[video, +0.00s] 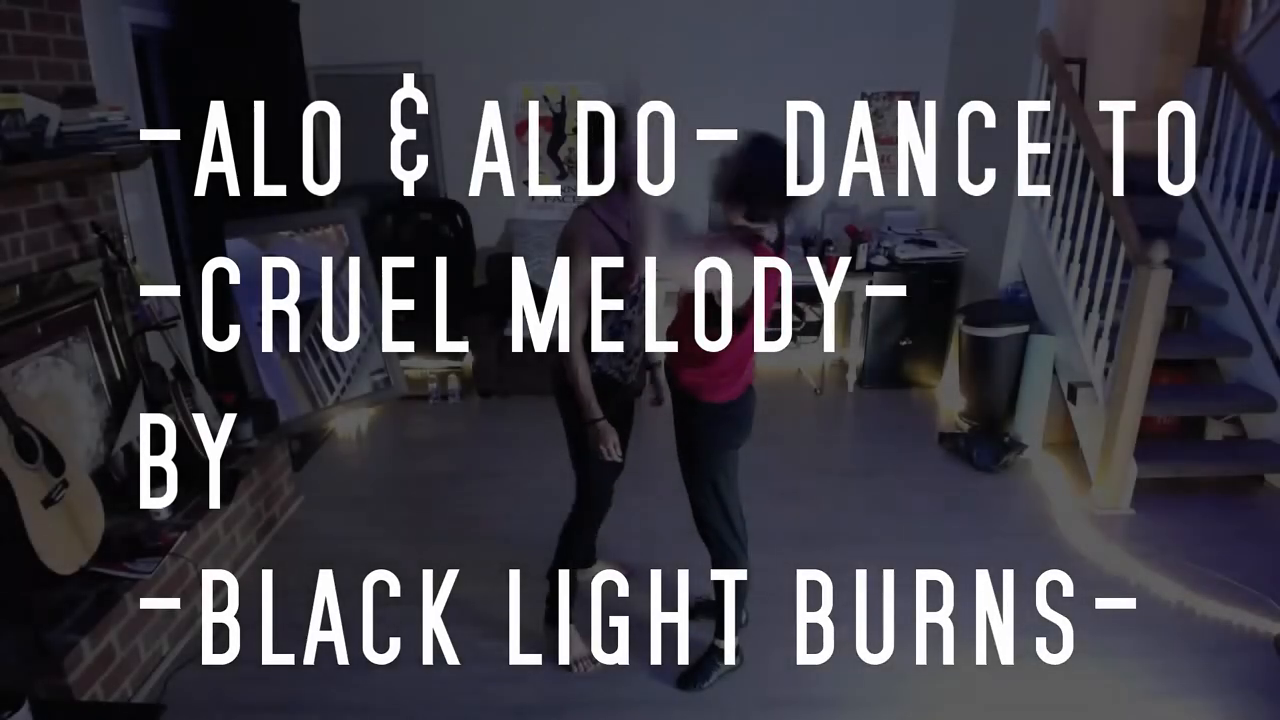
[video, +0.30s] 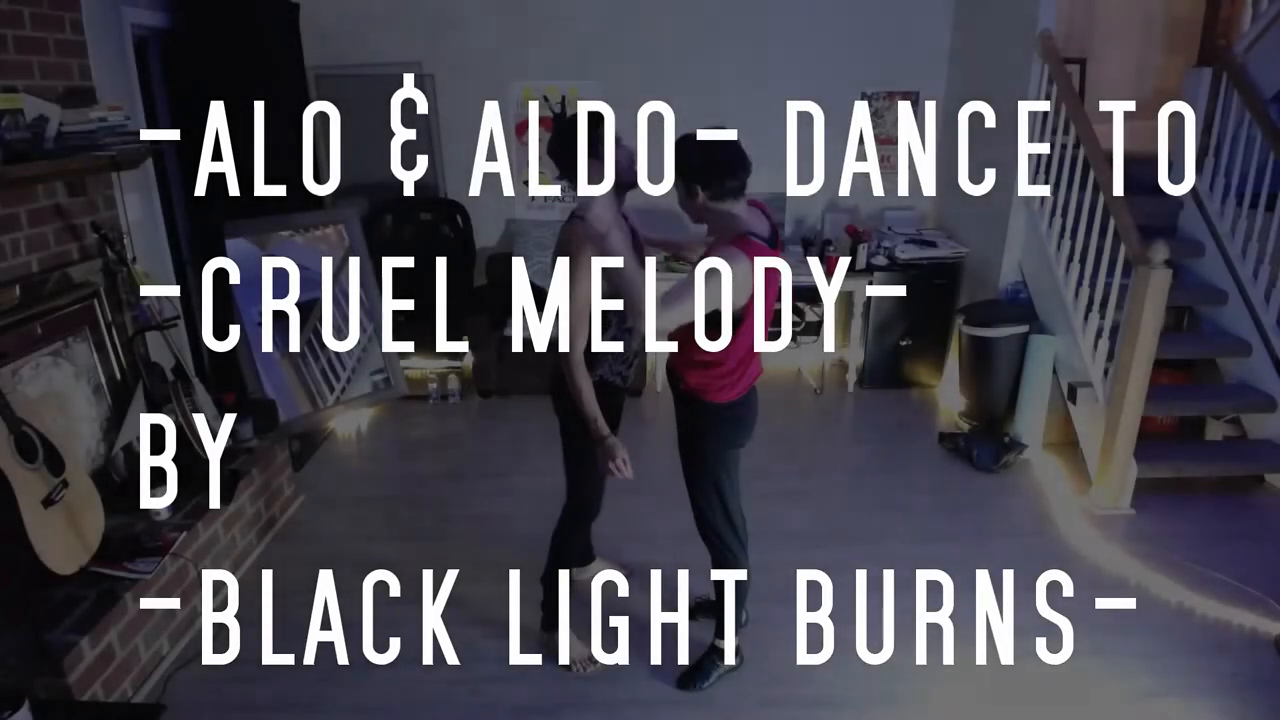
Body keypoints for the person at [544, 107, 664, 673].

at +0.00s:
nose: (645, 172)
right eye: (636, 160)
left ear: (620, 155)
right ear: (618, 163)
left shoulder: (640, 218)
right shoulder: (582, 229)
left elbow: (642, 298)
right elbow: (569, 337)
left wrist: (652, 363)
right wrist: (595, 419)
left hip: (622, 374)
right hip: (586, 377)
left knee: (601, 490)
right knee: (594, 495)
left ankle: (576, 589)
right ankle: (561, 618)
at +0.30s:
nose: (632, 158)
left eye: (625, 148)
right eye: (621, 149)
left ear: (581, 164)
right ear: (605, 162)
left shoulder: (612, 216)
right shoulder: (585, 230)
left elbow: (642, 254)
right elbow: (570, 351)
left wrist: (697, 250)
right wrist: (603, 435)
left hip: (606, 378)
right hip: (586, 382)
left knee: (585, 500)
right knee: (582, 504)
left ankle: (569, 614)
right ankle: (561, 629)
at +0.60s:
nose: (622, 165)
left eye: (615, 155)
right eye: (612, 157)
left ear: (573, 173)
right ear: (598, 170)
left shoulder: (605, 221)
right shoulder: (573, 245)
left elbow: (638, 263)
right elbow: (564, 363)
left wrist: (677, 263)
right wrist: (594, 453)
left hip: (600, 383)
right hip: (573, 391)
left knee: (579, 492)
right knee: (564, 508)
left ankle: (584, 568)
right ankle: (552, 633)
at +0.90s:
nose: (620, 174)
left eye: (617, 162)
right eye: (608, 163)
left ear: (573, 177)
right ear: (580, 176)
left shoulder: (593, 229)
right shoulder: (555, 248)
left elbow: (629, 276)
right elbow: (549, 370)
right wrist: (584, 462)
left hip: (591, 395)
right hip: (557, 403)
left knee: (601, 483)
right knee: (565, 517)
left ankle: (586, 569)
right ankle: (553, 636)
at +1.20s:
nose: (609, 167)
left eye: (607, 153)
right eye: (596, 156)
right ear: (563, 169)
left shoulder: (592, 226)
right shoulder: (544, 248)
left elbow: (626, 287)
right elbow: (531, 367)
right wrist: (561, 460)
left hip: (585, 395)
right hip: (544, 406)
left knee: (619, 494)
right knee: (552, 522)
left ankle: (567, 582)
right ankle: (552, 639)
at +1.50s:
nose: (600, 161)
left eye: (599, 148)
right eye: (587, 149)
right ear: (552, 160)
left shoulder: (576, 232)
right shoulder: (531, 240)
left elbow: (613, 300)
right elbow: (509, 353)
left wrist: (658, 305)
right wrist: (524, 447)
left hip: (584, 400)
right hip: (551, 406)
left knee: (604, 491)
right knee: (564, 521)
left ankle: (552, 594)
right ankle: (554, 636)